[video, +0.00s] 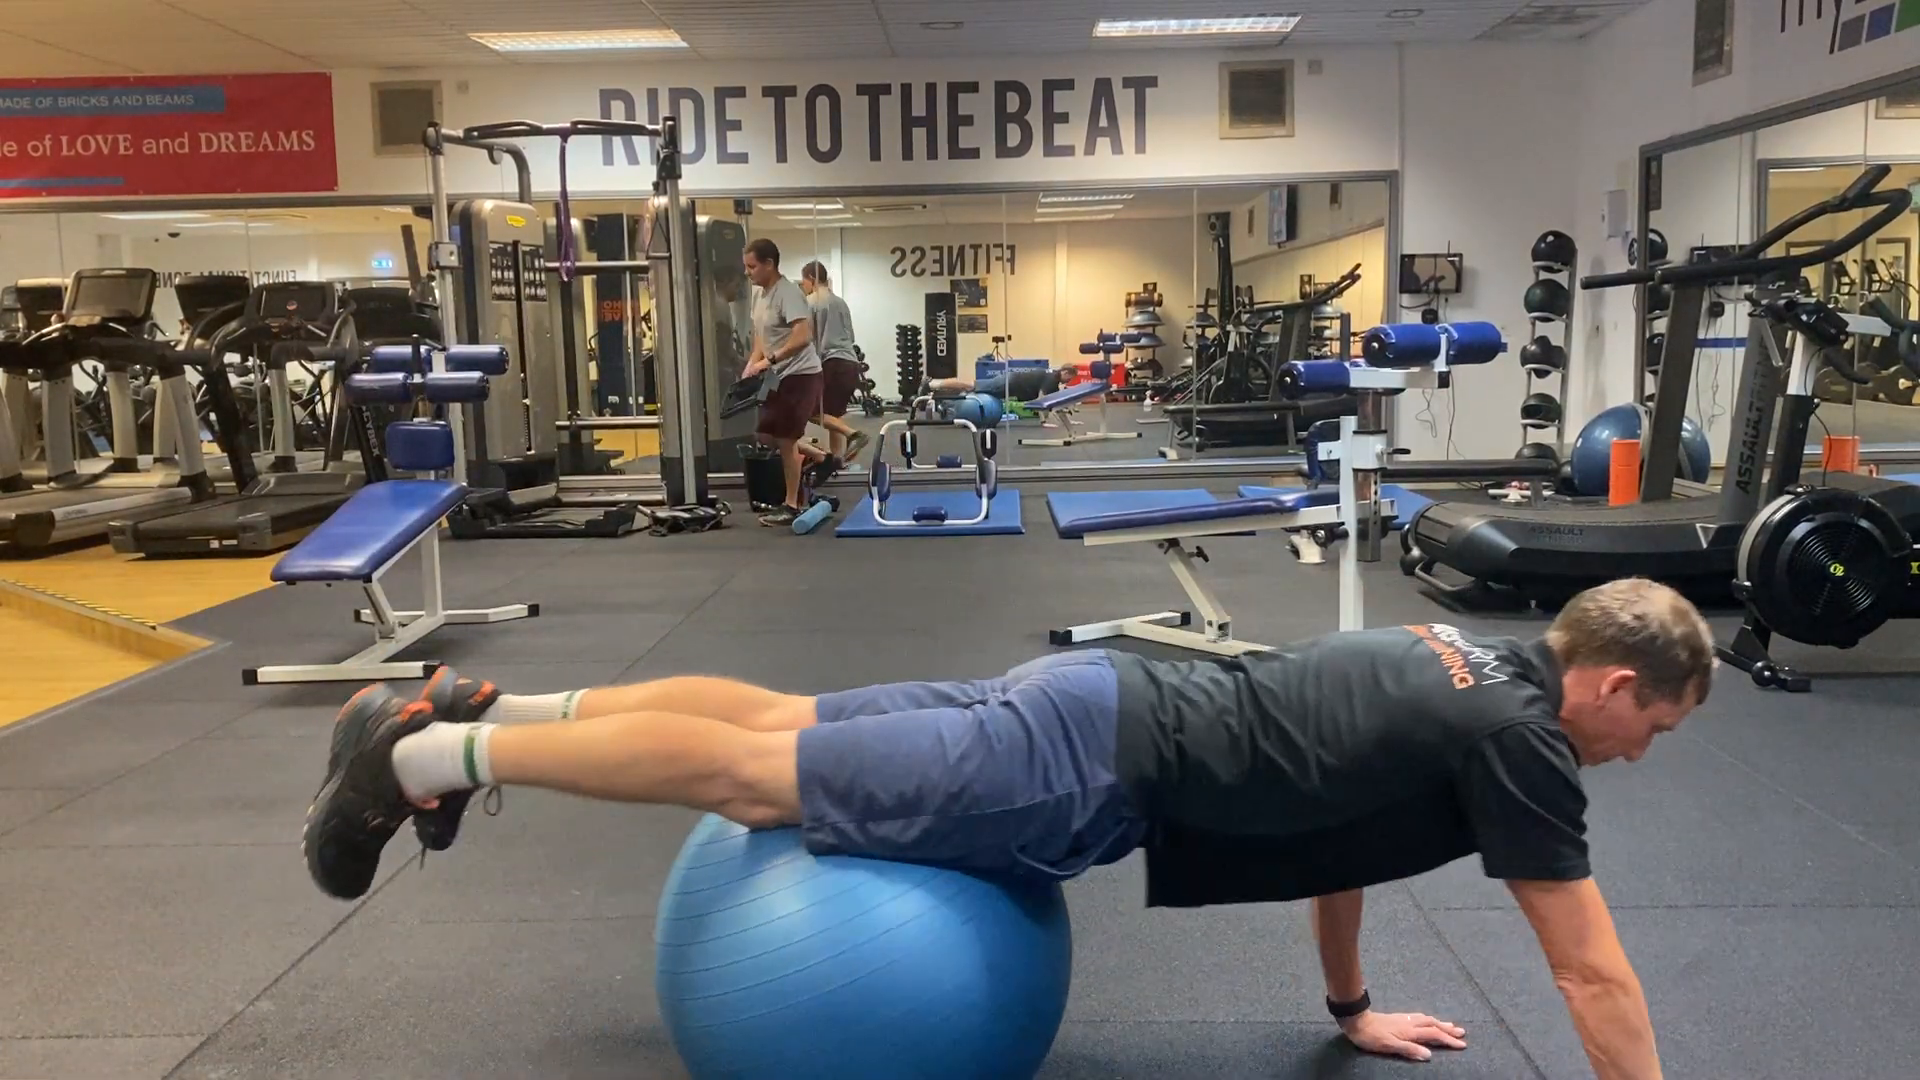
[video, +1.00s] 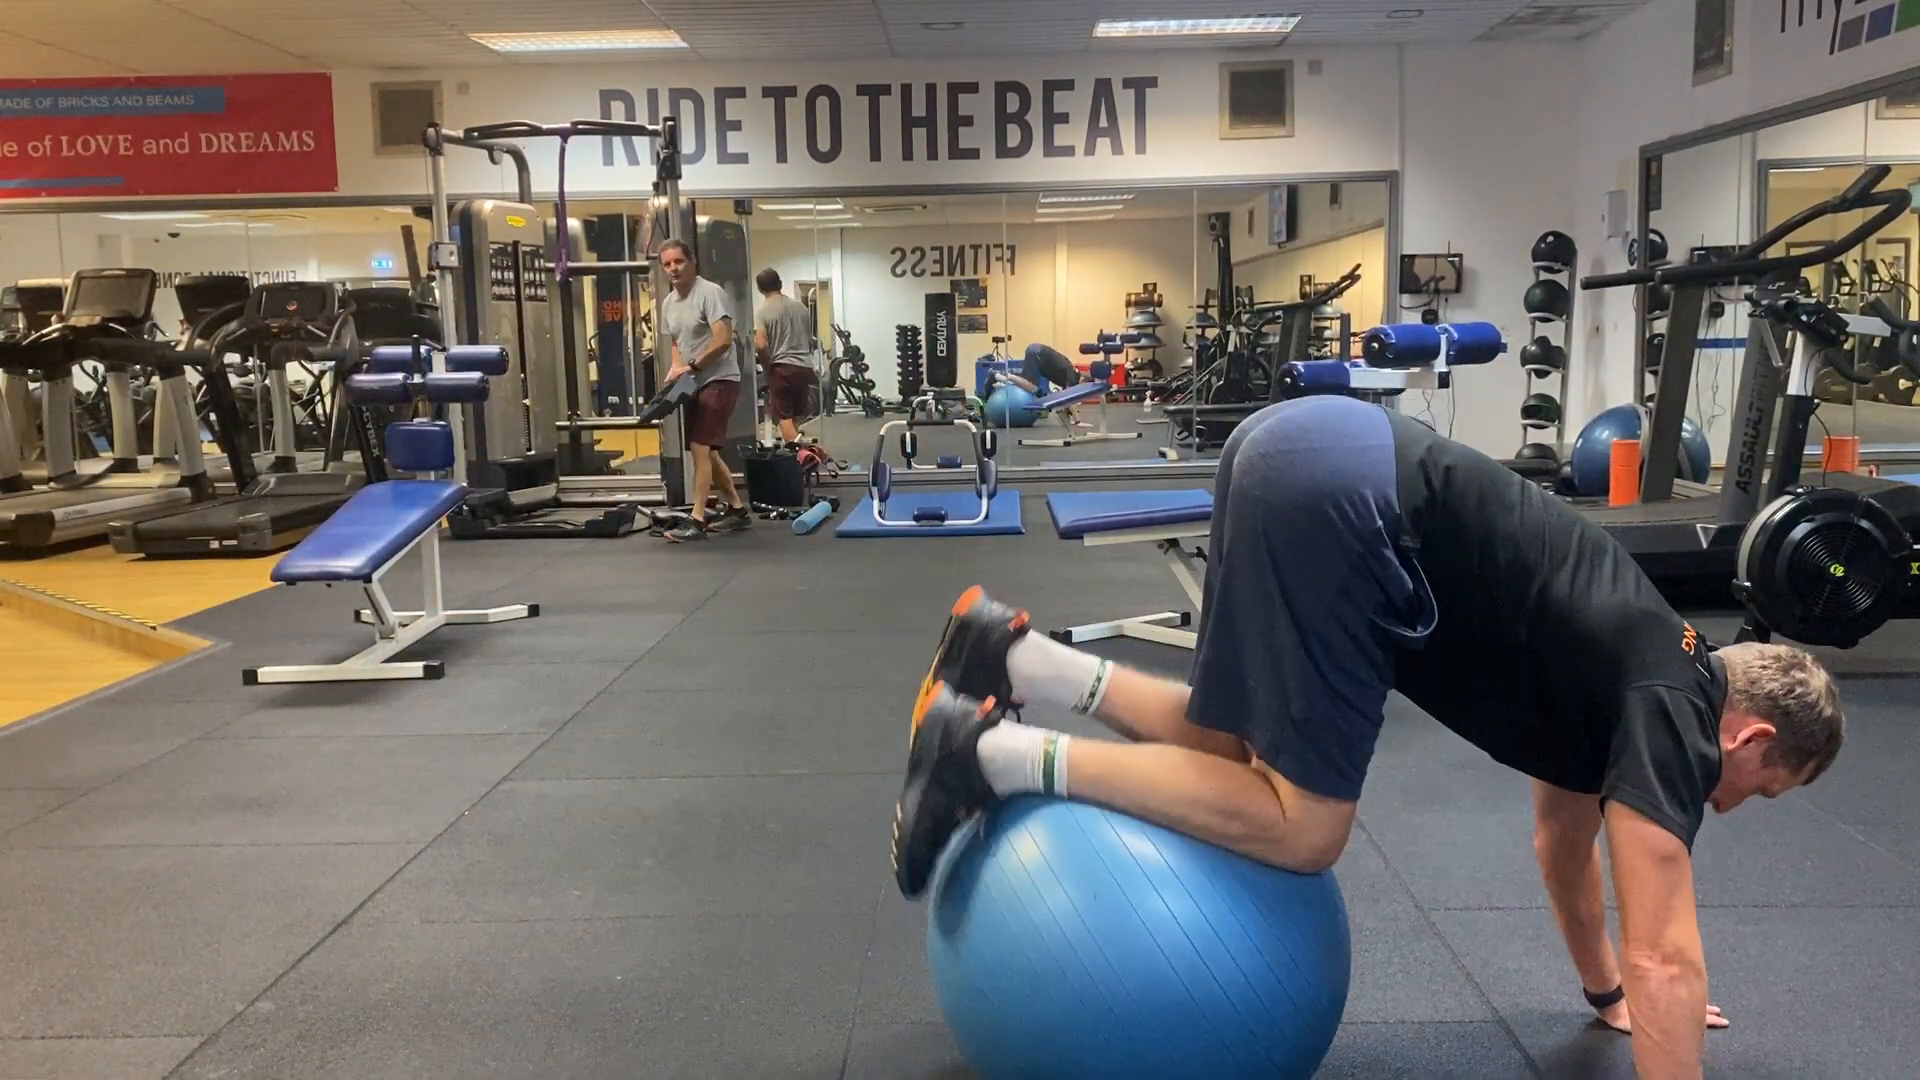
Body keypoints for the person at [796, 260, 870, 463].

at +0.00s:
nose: (803, 285)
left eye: (803, 281)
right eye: (802, 281)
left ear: (811, 279)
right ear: (825, 279)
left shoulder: (812, 302)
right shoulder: (841, 302)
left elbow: (811, 337)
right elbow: (850, 335)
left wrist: (810, 362)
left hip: (831, 361)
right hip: (851, 362)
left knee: (812, 413)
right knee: (835, 416)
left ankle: (853, 434)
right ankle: (836, 462)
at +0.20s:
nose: (796, 284)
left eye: (795, 281)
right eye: (796, 281)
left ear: (799, 280)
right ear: (815, 278)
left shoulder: (798, 303)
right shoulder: (834, 301)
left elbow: (796, 337)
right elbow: (846, 335)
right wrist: (839, 350)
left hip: (810, 363)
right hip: (837, 363)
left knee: (805, 415)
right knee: (831, 418)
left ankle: (807, 460)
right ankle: (835, 462)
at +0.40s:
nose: (787, 286)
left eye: (786, 282)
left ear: (786, 283)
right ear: (807, 279)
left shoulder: (786, 305)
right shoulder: (824, 302)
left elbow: (783, 339)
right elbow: (836, 334)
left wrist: (788, 358)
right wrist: (823, 347)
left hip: (801, 366)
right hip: (828, 367)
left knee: (799, 420)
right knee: (823, 417)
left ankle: (801, 464)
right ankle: (827, 460)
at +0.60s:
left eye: (776, 284)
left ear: (775, 284)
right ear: (796, 280)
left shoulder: (774, 307)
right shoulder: (814, 303)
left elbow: (767, 341)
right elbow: (826, 335)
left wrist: (777, 360)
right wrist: (812, 348)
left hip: (789, 366)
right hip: (813, 366)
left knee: (791, 416)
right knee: (808, 414)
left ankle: (794, 456)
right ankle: (813, 452)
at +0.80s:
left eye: (767, 284)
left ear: (767, 285)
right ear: (787, 281)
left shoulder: (769, 308)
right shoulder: (809, 305)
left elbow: (760, 342)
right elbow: (815, 338)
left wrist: (772, 356)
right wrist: (805, 352)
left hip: (784, 368)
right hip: (809, 368)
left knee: (788, 418)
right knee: (802, 418)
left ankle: (798, 458)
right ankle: (804, 458)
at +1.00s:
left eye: (761, 287)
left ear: (760, 289)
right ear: (780, 284)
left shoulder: (762, 312)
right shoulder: (801, 307)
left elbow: (761, 345)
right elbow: (810, 341)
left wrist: (767, 366)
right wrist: (800, 354)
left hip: (781, 369)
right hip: (805, 369)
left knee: (785, 418)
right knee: (795, 417)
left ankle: (799, 457)